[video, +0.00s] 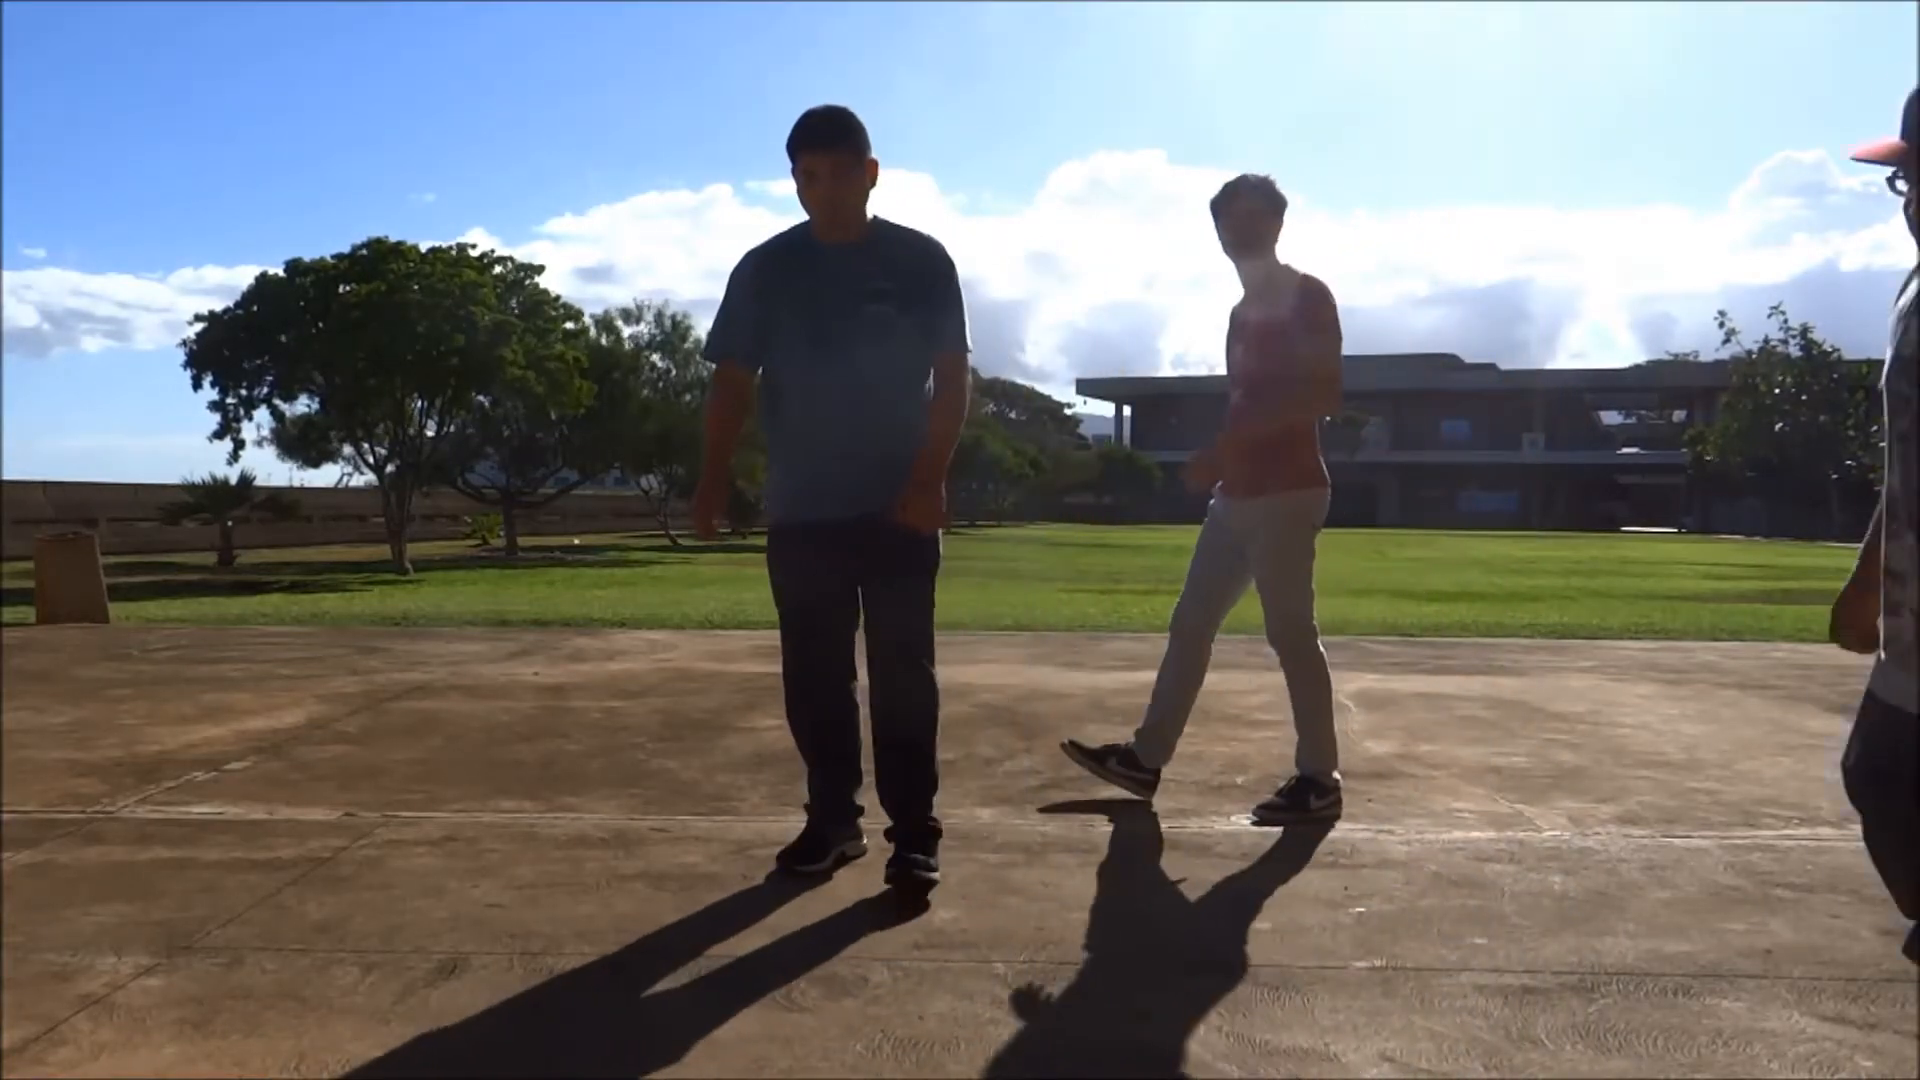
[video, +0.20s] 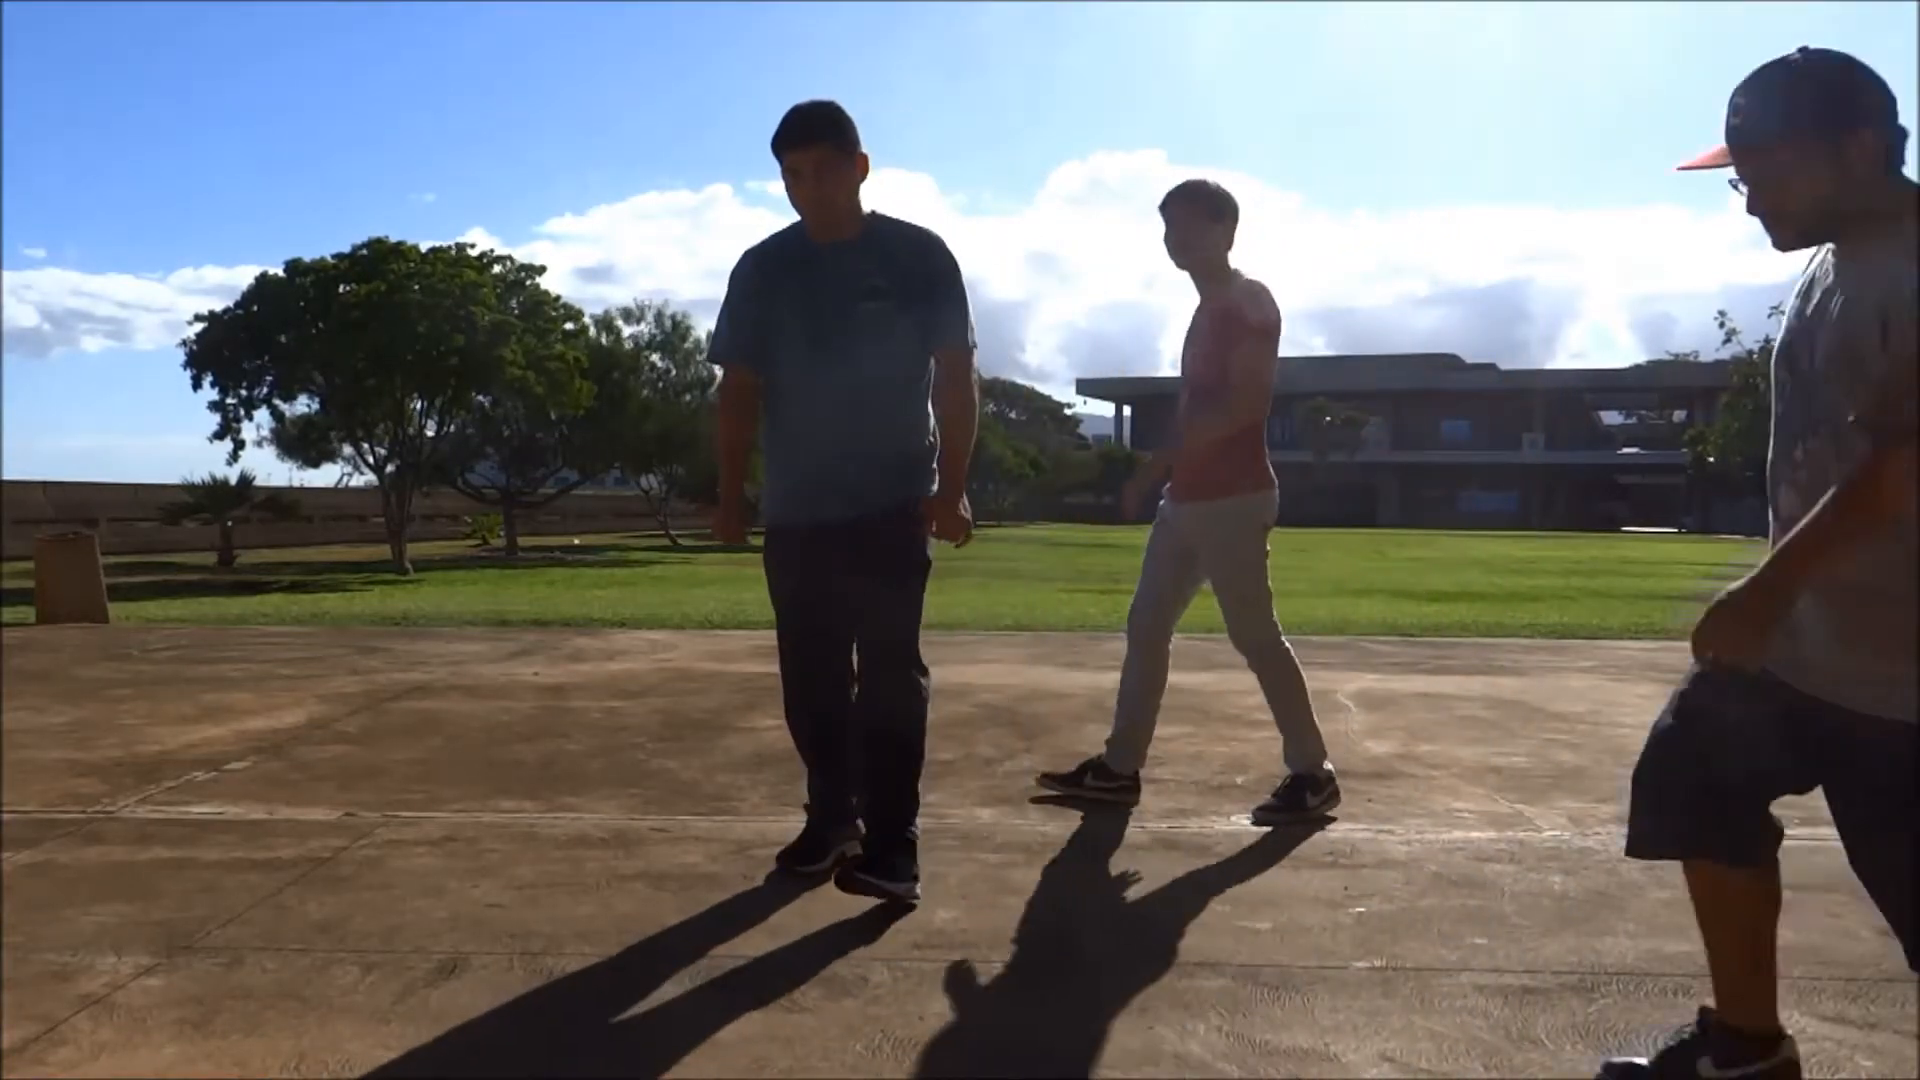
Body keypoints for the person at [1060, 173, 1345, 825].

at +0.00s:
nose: (1230, 232)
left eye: (1242, 218)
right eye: (1223, 222)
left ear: (1274, 221)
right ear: (1218, 231)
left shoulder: (1309, 296)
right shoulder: (1241, 315)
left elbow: (1324, 395)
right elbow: (1249, 403)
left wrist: (1229, 443)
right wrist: (1220, 461)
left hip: (1288, 495)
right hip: (1239, 493)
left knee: (1293, 636)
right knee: (1191, 624)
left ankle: (1319, 778)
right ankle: (1145, 759)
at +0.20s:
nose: (1168, 242)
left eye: (1178, 228)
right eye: (1166, 230)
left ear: (1218, 228)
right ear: (1180, 235)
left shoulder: (1249, 302)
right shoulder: (1206, 310)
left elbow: (1249, 406)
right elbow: (1205, 409)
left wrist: (1164, 458)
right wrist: (1167, 473)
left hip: (1234, 502)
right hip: (1187, 502)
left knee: (1256, 636)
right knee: (1147, 628)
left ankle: (1312, 774)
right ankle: (1119, 768)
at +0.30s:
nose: (1136, 238)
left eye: (1145, 225)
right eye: (1136, 227)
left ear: (1184, 230)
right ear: (1172, 234)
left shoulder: (1215, 302)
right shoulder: (1186, 305)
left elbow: (1214, 405)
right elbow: (1185, 408)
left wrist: (1138, 472)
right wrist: (1146, 478)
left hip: (1200, 499)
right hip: (1159, 497)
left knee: (1230, 634)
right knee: (1122, 625)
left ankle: (1305, 764)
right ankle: (1114, 769)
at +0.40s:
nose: (1111, 238)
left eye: (1120, 226)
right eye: (1111, 227)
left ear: (1160, 229)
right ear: (1146, 233)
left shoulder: (1185, 299)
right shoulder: (1160, 303)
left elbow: (1183, 413)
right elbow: (1156, 410)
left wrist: (1115, 481)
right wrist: (1112, 487)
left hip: (1167, 494)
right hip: (1133, 493)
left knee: (1180, 629)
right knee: (1107, 624)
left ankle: (1283, 753)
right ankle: (1113, 768)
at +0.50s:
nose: (1088, 236)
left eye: (1096, 225)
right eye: (1087, 226)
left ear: (1136, 227)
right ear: (1124, 231)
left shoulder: (1160, 298)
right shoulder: (1140, 301)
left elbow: (1159, 408)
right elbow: (1138, 405)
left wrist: (1105, 485)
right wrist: (1099, 485)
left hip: (1141, 491)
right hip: (1118, 490)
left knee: (1119, 625)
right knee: (1098, 624)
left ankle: (1237, 738)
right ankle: (1113, 768)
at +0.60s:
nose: (1066, 236)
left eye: (1074, 224)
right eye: (1066, 225)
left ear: (1112, 227)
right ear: (1104, 231)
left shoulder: (1139, 298)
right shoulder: (1122, 298)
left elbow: (1138, 409)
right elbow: (1121, 405)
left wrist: (1096, 487)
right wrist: (1085, 484)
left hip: (1117, 487)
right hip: (1101, 485)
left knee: (1075, 620)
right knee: (1095, 623)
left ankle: (1175, 738)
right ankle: (1112, 767)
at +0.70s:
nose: (1048, 232)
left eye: (1058, 220)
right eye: (1049, 221)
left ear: (1095, 225)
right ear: (1079, 230)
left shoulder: (1121, 298)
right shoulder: (1099, 300)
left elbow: (1124, 409)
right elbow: (1098, 407)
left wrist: (1085, 499)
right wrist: (1069, 493)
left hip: (1094, 484)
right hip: (1083, 483)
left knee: (1041, 611)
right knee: (1092, 620)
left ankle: (1106, 753)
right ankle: (1109, 758)